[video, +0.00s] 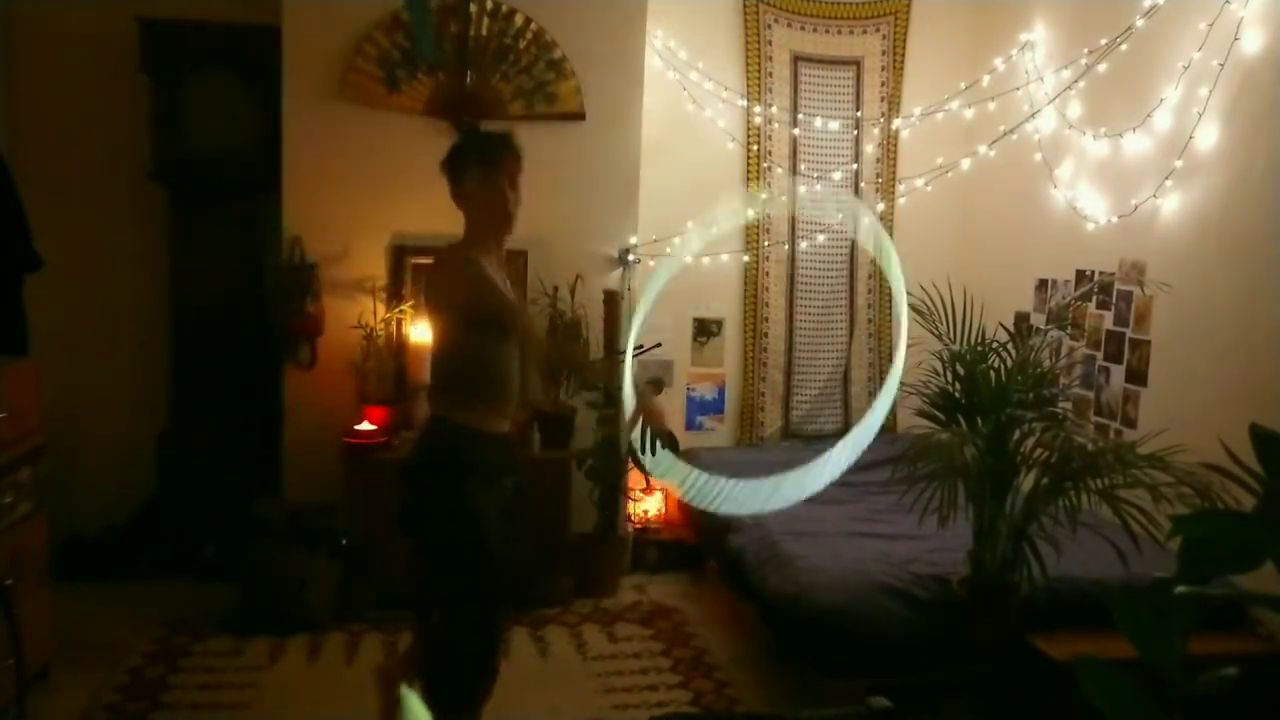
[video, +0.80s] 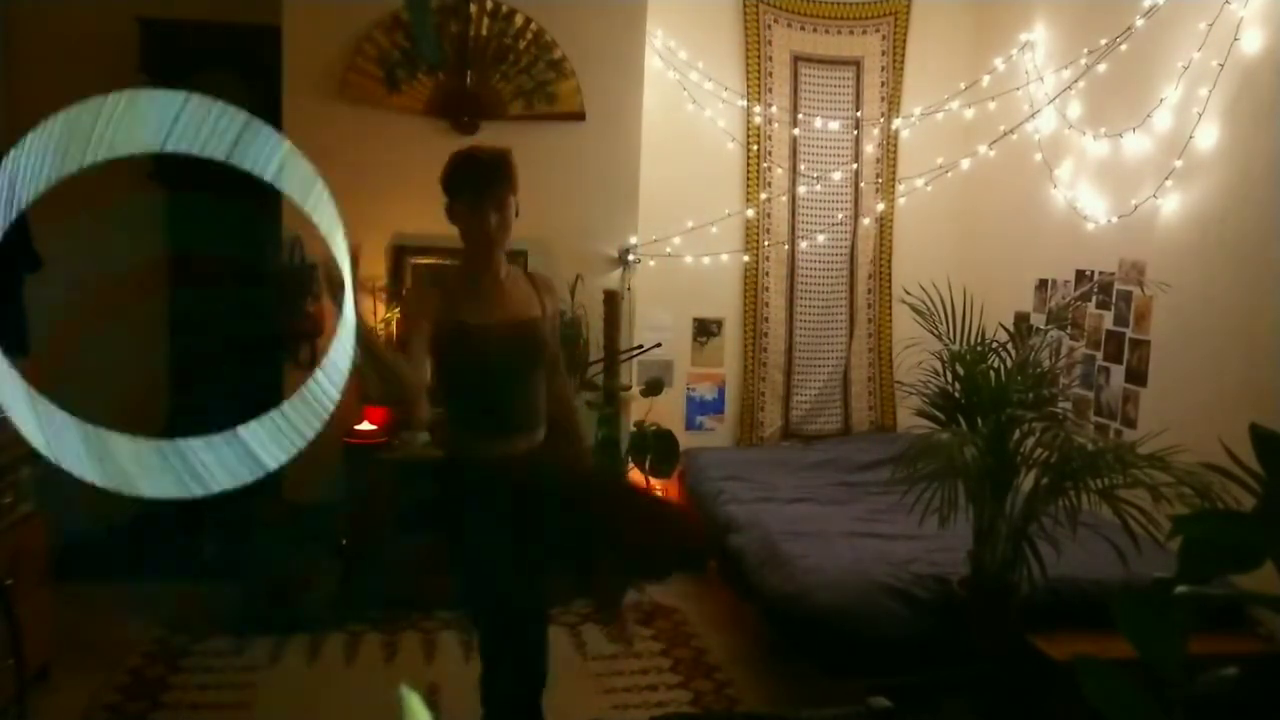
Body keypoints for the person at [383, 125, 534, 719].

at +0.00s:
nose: (510, 198)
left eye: (514, 184)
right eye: (494, 184)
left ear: (519, 189)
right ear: (461, 192)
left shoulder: (499, 271)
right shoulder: (459, 268)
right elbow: (520, 338)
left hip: (491, 454)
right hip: (457, 455)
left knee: (474, 605)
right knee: (470, 616)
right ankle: (454, 705)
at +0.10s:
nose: (516, 212)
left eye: (516, 199)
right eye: (504, 199)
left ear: (513, 206)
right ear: (467, 205)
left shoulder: (496, 286)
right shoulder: (459, 285)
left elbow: (513, 389)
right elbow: (494, 398)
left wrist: (553, 422)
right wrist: (534, 433)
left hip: (486, 464)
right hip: (455, 465)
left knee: (482, 631)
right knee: (464, 633)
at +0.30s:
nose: (497, 255)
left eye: (497, 239)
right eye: (483, 241)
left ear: (495, 241)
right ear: (450, 246)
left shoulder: (477, 327)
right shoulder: (442, 339)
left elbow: (501, 430)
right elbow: (477, 452)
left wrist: (503, 460)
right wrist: (517, 471)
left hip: (463, 528)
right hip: (442, 535)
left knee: (412, 671)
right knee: (528, 651)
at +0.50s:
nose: (482, 254)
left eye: (488, 239)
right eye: (466, 242)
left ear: (498, 246)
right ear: (438, 255)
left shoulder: (514, 322)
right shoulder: (430, 343)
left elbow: (522, 411)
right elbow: (442, 444)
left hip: (506, 514)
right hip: (448, 517)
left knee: (449, 673)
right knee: (532, 680)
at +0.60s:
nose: (479, 253)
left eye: (487, 236)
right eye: (463, 239)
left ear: (501, 241)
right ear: (438, 248)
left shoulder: (528, 327)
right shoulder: (425, 348)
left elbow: (537, 426)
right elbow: (430, 463)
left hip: (528, 514)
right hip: (464, 520)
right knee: (507, 681)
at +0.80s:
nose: (491, 222)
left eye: (501, 206)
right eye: (476, 207)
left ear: (515, 211)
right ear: (451, 214)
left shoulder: (538, 291)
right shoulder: (433, 294)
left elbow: (557, 381)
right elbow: (412, 395)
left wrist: (582, 456)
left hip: (533, 472)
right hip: (469, 477)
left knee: (529, 628)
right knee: (499, 633)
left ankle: (526, 710)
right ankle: (503, 712)